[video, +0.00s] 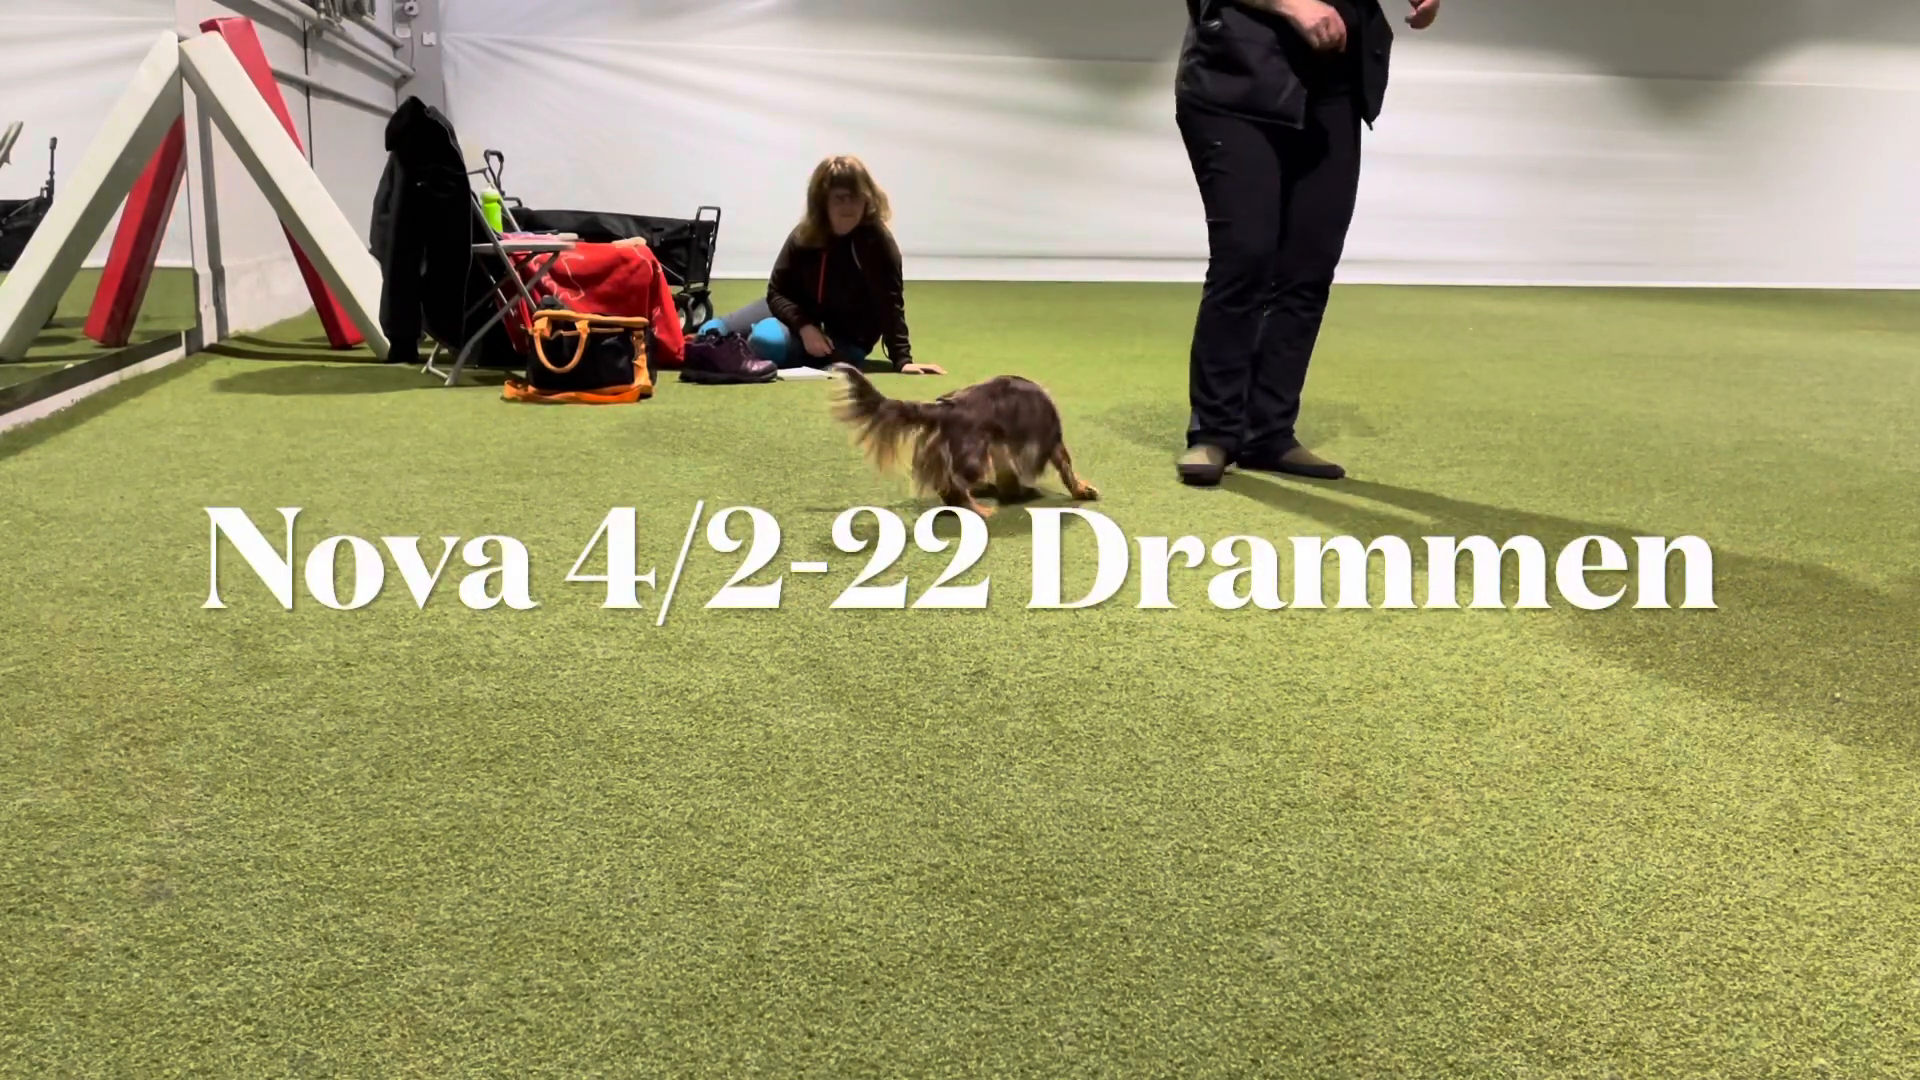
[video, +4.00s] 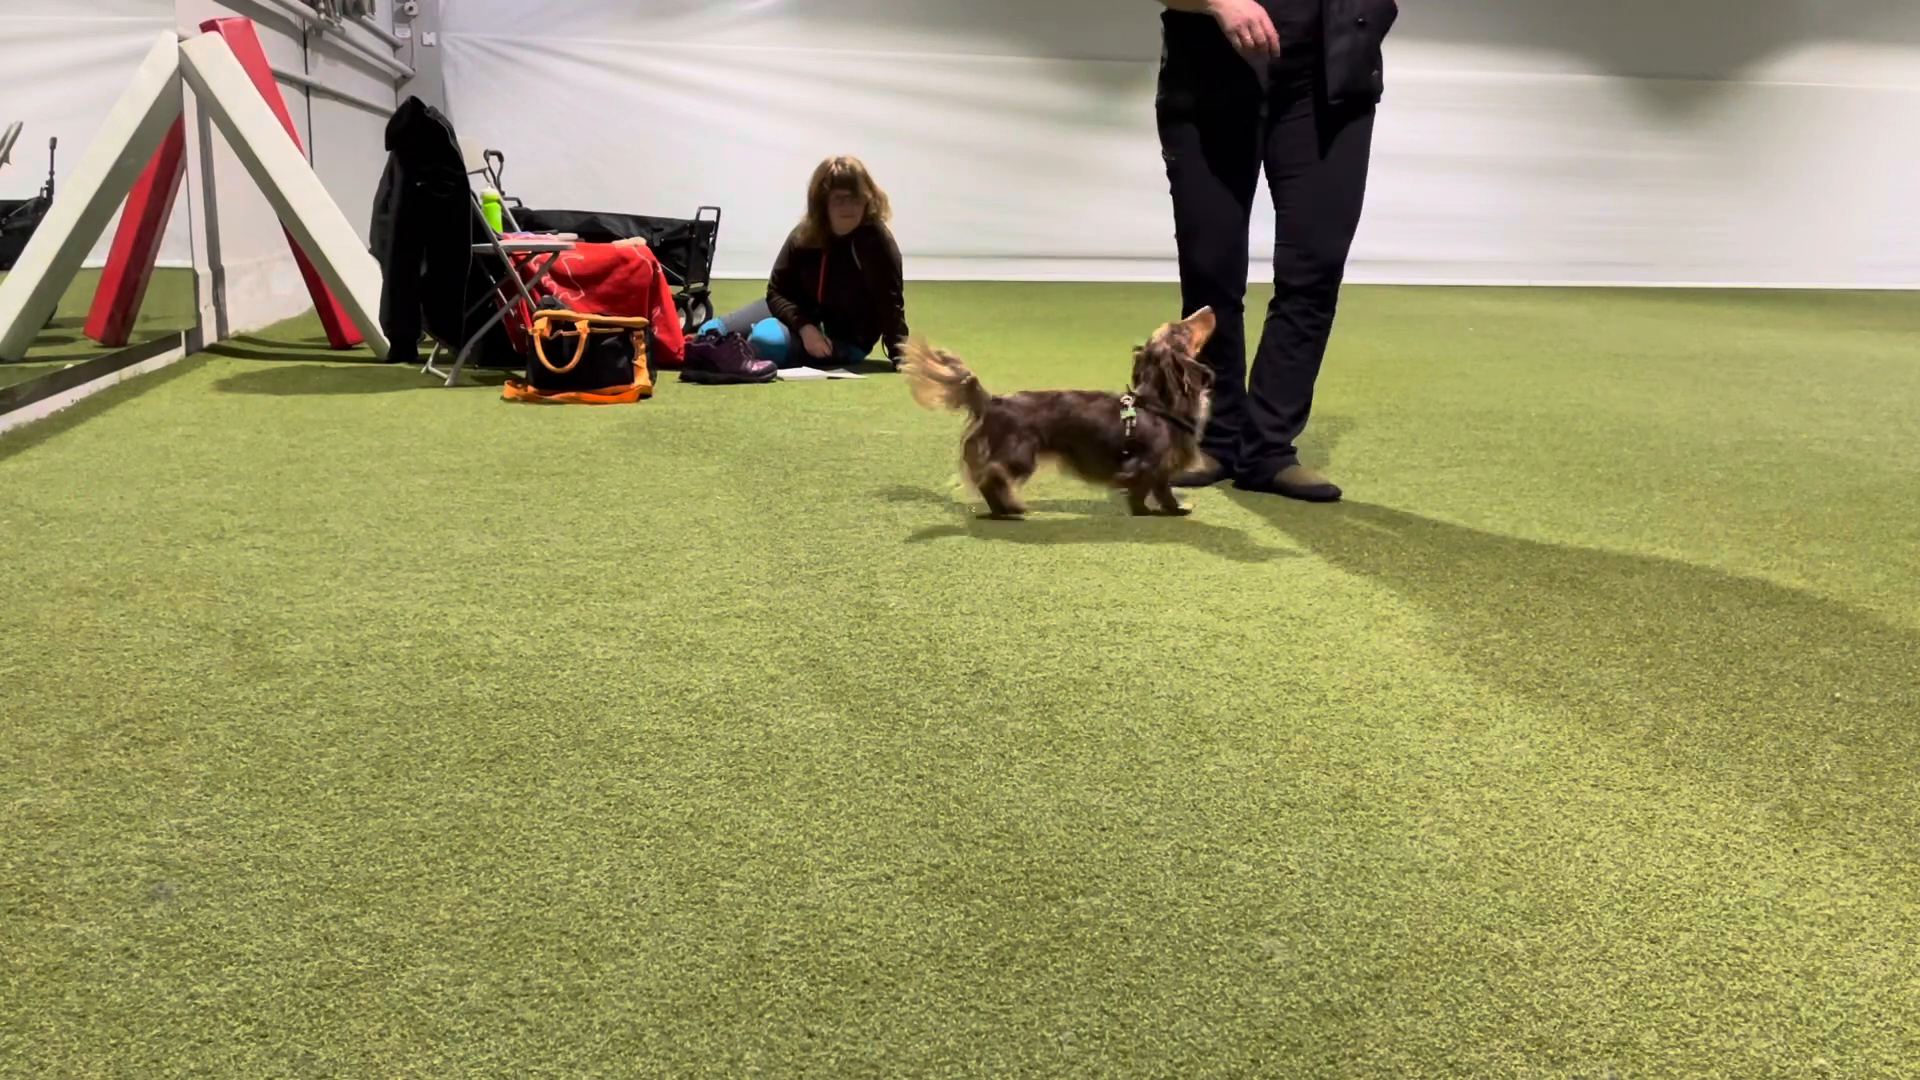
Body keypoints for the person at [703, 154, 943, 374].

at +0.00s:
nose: (848, 205)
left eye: (855, 196)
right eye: (839, 197)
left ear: (866, 201)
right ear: (822, 201)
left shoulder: (878, 243)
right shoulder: (804, 237)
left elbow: (891, 302)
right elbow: (778, 293)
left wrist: (902, 360)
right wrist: (804, 327)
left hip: (840, 338)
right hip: (793, 313)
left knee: (764, 338)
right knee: (712, 332)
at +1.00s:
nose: (847, 205)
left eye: (855, 196)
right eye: (838, 197)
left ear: (867, 200)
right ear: (822, 202)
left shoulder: (878, 242)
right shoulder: (804, 237)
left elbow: (891, 302)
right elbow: (777, 293)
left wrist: (903, 360)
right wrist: (804, 327)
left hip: (841, 338)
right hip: (794, 313)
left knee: (763, 337)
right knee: (715, 331)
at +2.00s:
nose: (848, 205)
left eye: (855, 197)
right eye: (839, 198)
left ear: (867, 200)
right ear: (823, 201)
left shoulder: (878, 243)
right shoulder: (804, 237)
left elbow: (892, 302)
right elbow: (777, 292)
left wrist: (902, 360)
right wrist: (804, 327)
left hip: (843, 338)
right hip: (797, 313)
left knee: (764, 336)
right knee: (714, 330)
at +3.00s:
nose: (846, 205)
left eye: (853, 197)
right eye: (837, 198)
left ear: (866, 200)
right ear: (822, 201)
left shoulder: (878, 243)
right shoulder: (804, 237)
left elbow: (891, 302)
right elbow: (777, 292)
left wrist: (902, 360)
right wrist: (804, 328)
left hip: (842, 337)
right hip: (796, 313)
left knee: (765, 336)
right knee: (712, 331)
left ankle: (732, 345)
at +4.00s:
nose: (847, 207)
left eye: (855, 198)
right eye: (838, 199)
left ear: (867, 201)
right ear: (822, 202)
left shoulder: (878, 243)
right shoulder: (805, 236)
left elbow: (892, 303)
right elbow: (777, 293)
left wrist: (902, 357)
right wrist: (804, 327)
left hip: (843, 337)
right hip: (796, 312)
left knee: (766, 338)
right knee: (713, 331)